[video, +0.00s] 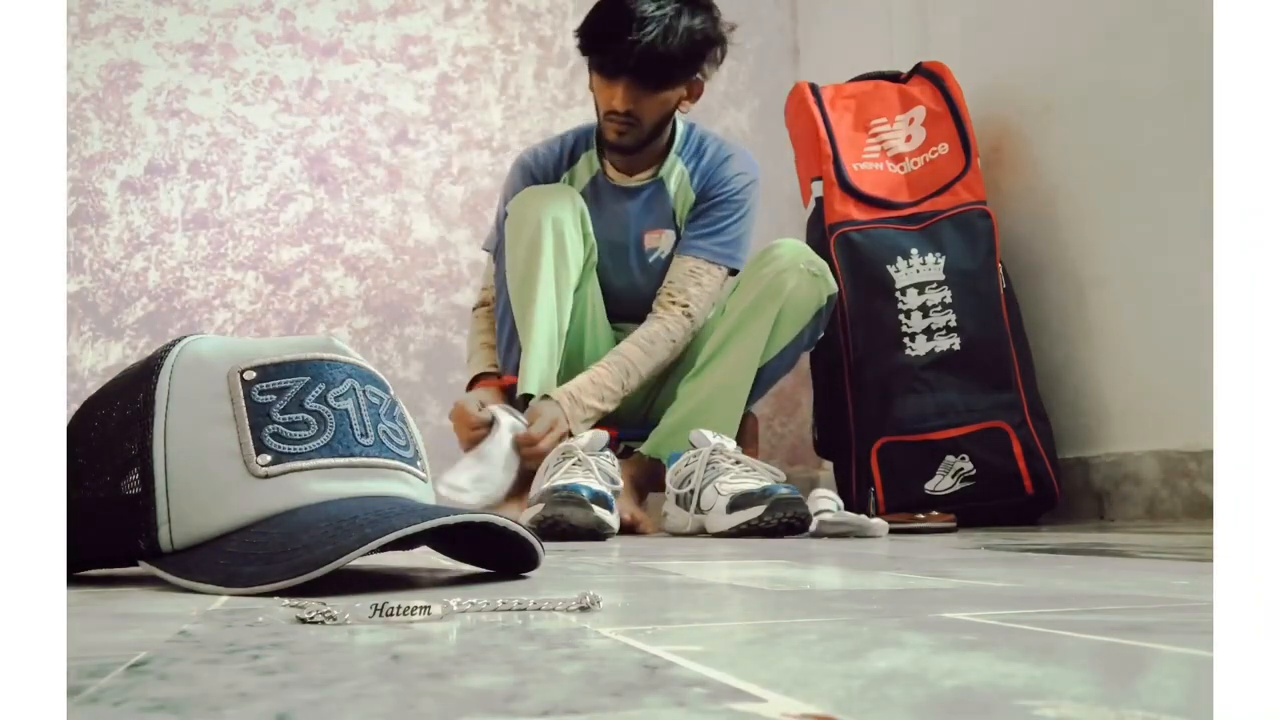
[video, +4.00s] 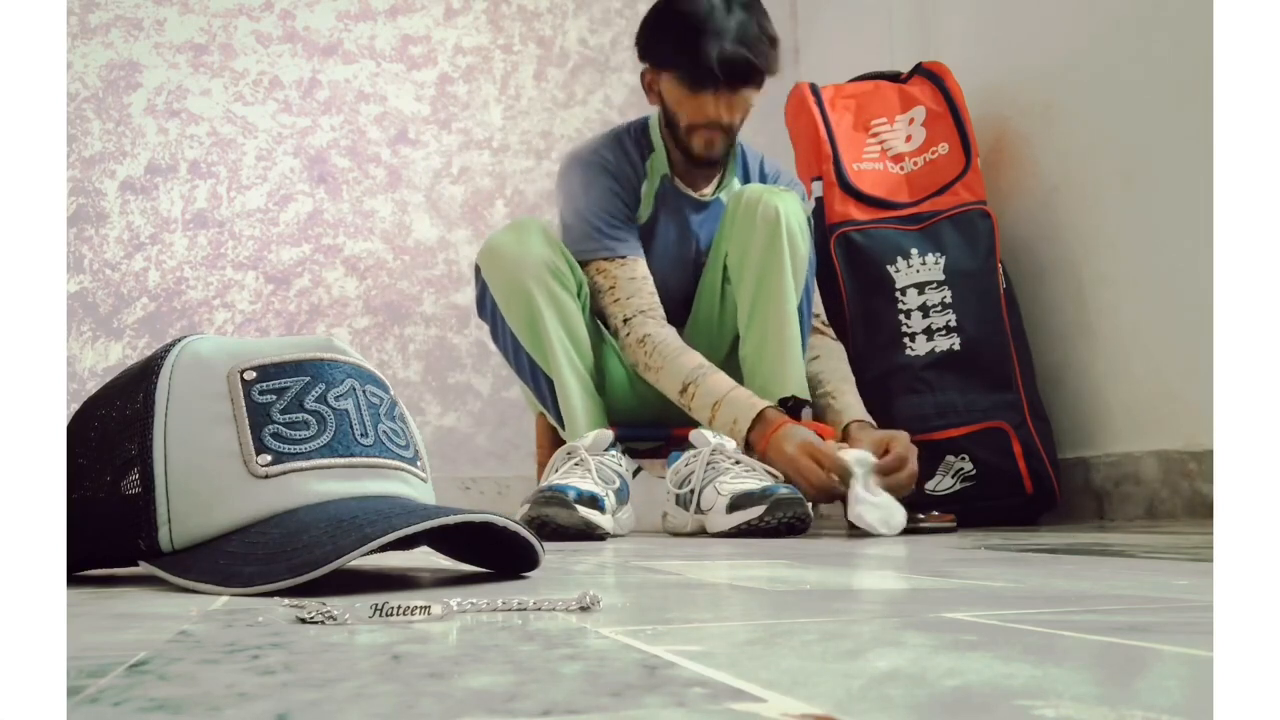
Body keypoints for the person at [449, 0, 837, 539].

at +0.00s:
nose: (619, 102)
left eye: (645, 86)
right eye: (607, 76)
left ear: (689, 92)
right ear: (589, 70)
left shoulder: (725, 173)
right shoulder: (541, 169)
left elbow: (676, 318)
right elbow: (493, 300)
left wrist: (571, 405)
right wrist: (486, 386)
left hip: (675, 378)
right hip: (577, 374)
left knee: (795, 264)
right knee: (542, 202)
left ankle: (649, 471)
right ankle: (565, 455)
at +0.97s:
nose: (651, 99)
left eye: (677, 89)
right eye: (643, 77)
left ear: (711, 110)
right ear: (624, 76)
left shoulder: (732, 194)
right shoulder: (565, 183)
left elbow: (681, 325)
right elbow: (509, 316)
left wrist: (594, 435)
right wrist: (488, 427)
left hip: (683, 376)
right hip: (585, 372)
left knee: (802, 264)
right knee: (532, 190)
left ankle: (641, 475)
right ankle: (527, 433)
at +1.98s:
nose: (672, 136)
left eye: (694, 125)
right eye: (663, 112)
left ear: (724, 117)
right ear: (637, 84)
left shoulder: (745, 187)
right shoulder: (569, 173)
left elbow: (709, 315)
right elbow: (508, 287)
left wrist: (609, 386)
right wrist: (486, 372)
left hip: (689, 376)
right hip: (587, 363)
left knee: (827, 279)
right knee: (550, 210)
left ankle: (655, 475)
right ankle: (524, 464)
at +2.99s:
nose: (658, 126)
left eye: (674, 101)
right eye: (635, 105)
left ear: (693, 89)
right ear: (596, 99)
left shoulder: (728, 178)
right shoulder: (554, 165)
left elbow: (798, 296)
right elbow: (607, 310)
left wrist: (828, 372)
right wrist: (726, 363)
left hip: (702, 387)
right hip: (603, 380)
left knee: (751, 201)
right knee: (495, 251)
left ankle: (722, 460)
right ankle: (585, 461)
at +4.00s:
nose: (719, 112)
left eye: (736, 88)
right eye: (699, 88)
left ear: (758, 86)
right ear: (653, 85)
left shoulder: (773, 188)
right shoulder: (597, 172)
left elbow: (812, 331)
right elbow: (643, 334)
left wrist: (856, 429)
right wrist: (767, 430)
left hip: (716, 386)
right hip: (615, 380)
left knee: (770, 204)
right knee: (514, 247)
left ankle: (722, 457)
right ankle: (592, 457)